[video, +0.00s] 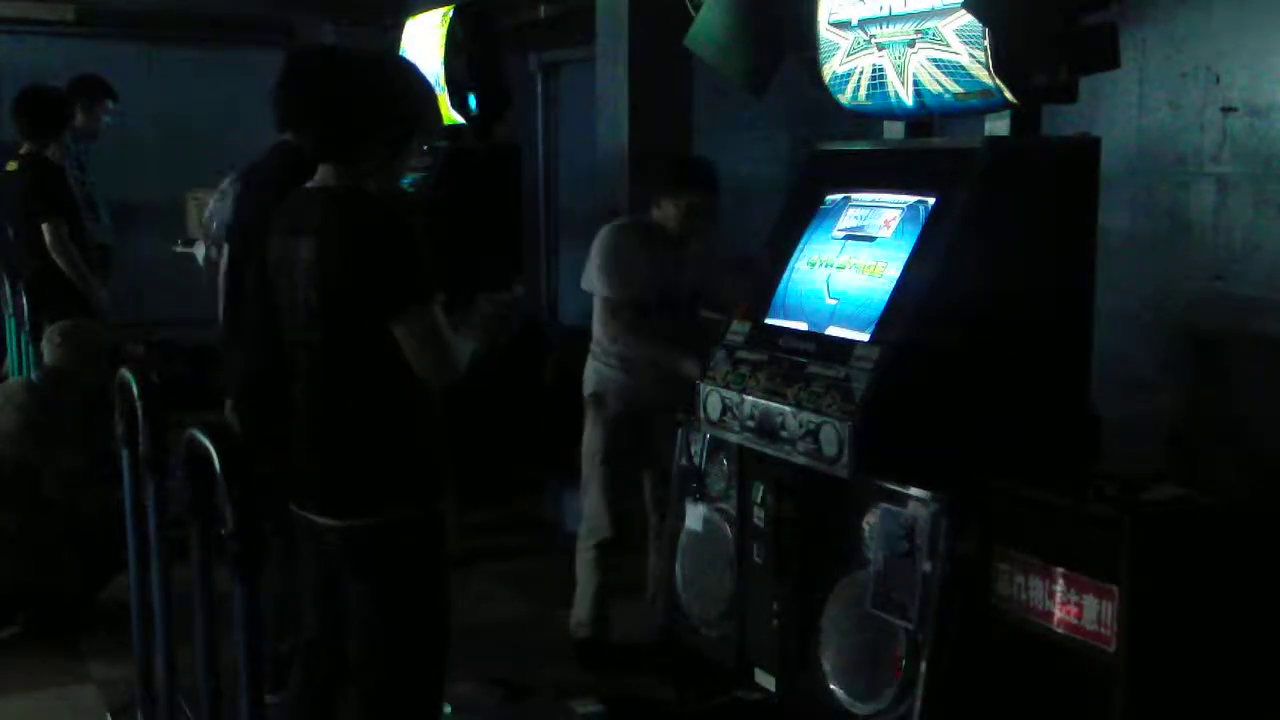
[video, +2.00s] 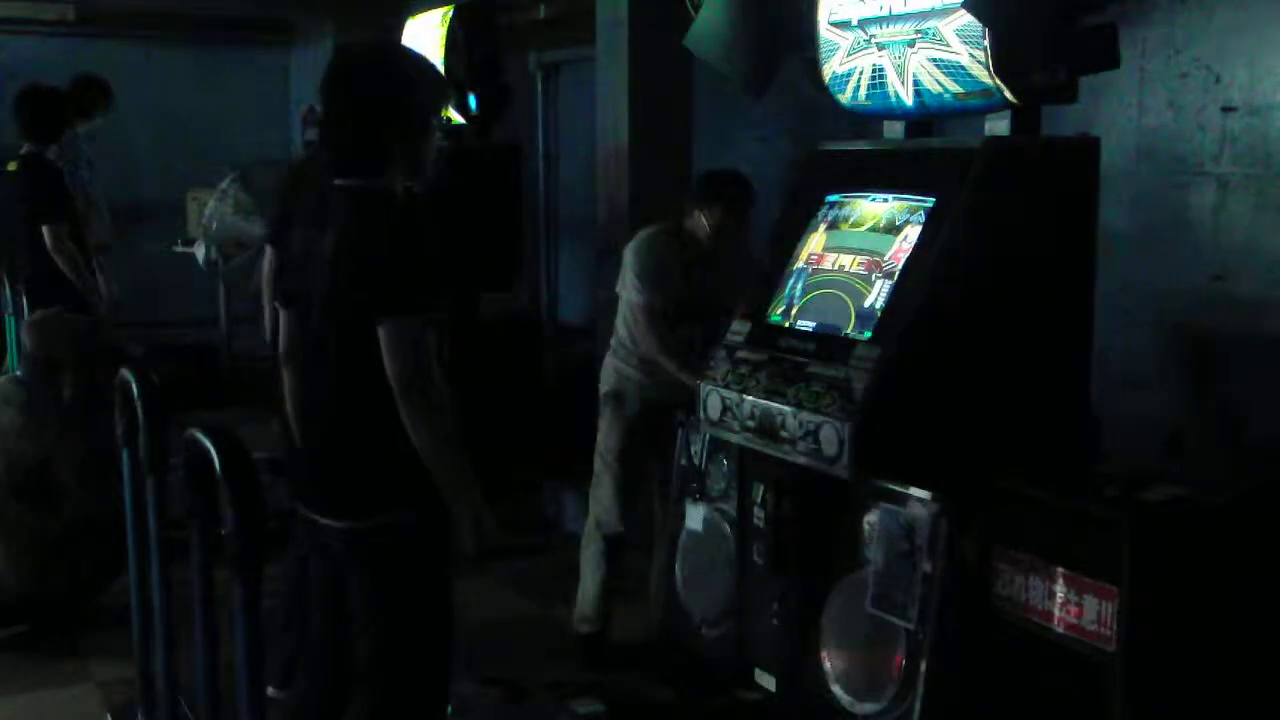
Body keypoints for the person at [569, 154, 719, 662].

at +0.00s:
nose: (696, 220)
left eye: (702, 210)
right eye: (689, 207)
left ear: (705, 210)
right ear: (664, 200)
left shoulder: (692, 252)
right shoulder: (618, 241)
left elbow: (699, 318)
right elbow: (612, 334)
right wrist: (683, 362)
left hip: (668, 393)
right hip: (615, 392)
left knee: (667, 512)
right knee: (605, 516)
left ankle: (666, 622)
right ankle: (589, 628)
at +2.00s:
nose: (724, 228)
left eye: (732, 220)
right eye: (719, 216)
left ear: (736, 222)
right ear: (698, 210)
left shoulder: (722, 259)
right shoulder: (650, 249)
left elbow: (730, 325)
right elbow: (645, 337)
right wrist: (697, 383)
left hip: (681, 395)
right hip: (629, 388)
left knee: (674, 511)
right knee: (612, 511)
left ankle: (664, 625)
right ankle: (590, 624)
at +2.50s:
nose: (693, 217)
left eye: (702, 208)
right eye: (688, 205)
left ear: (712, 208)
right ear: (669, 196)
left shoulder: (711, 246)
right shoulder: (624, 238)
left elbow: (726, 311)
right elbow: (593, 311)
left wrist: (699, 361)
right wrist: (637, 361)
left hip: (681, 386)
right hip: (623, 384)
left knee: (676, 499)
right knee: (606, 495)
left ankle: (668, 605)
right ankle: (597, 592)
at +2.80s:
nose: (622, 209)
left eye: (630, 199)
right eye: (614, 199)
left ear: (651, 195)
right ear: (606, 197)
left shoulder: (676, 241)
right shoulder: (594, 232)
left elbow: (708, 312)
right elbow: (572, 299)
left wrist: (676, 370)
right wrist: (592, 359)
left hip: (657, 385)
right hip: (603, 383)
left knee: (665, 503)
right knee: (595, 498)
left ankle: (667, 607)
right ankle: (604, 594)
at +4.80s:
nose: (581, 215)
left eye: (584, 204)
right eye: (576, 206)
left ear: (607, 193)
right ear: (594, 201)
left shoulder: (651, 230)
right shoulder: (615, 233)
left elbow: (678, 303)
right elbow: (625, 305)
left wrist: (685, 378)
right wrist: (617, 356)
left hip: (649, 374)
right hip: (617, 370)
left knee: (641, 487)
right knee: (618, 484)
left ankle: (654, 598)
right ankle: (634, 586)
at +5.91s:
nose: (589, 195)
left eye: (593, 184)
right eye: (588, 185)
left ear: (618, 183)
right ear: (609, 184)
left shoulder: (654, 228)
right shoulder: (623, 231)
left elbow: (665, 311)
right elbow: (629, 310)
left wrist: (648, 381)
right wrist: (609, 368)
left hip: (638, 383)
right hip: (608, 379)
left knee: (646, 491)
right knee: (618, 487)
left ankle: (659, 588)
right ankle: (635, 582)